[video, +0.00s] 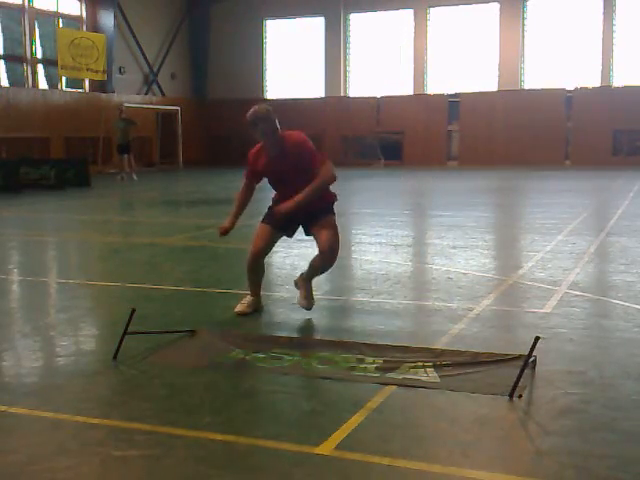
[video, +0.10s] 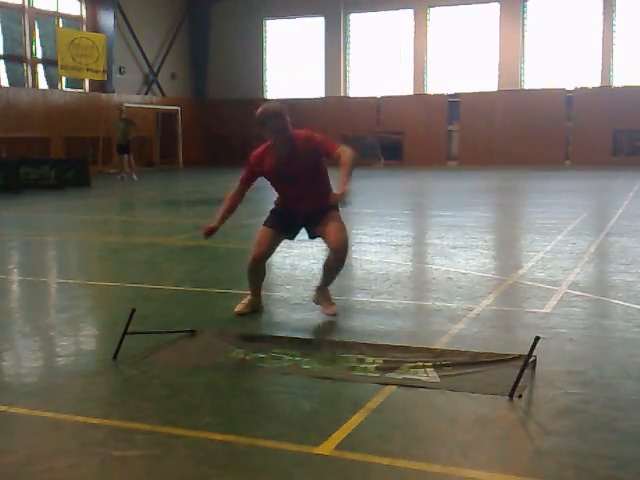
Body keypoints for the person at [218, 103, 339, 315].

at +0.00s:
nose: (270, 133)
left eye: (272, 127)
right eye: (263, 130)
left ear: (277, 124)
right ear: (255, 132)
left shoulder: (298, 141)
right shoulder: (257, 157)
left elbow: (328, 174)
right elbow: (248, 188)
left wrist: (294, 203)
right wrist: (231, 221)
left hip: (316, 200)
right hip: (284, 202)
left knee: (329, 252)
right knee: (256, 253)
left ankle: (305, 279)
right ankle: (254, 298)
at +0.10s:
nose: (282, 136)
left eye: (284, 130)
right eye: (275, 133)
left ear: (289, 125)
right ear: (264, 133)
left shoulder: (308, 140)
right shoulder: (260, 159)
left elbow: (346, 154)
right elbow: (239, 192)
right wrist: (217, 224)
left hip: (321, 206)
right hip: (286, 209)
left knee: (340, 246)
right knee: (257, 257)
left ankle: (322, 291)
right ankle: (255, 299)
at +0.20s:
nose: (297, 126)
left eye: (300, 120)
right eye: (293, 121)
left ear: (306, 117)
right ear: (284, 121)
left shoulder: (326, 132)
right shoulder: (275, 148)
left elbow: (363, 126)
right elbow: (245, 178)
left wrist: (398, 130)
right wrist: (247, 174)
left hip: (334, 205)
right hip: (299, 208)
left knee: (362, 232)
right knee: (263, 256)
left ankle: (359, 292)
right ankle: (254, 299)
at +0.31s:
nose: (334, 94)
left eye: (337, 88)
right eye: (328, 90)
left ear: (344, 88)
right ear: (320, 92)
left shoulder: (360, 109)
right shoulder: (314, 119)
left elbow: (400, 95)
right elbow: (292, 145)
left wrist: (439, 94)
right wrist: (329, 134)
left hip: (359, 196)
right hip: (322, 199)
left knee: (398, 221)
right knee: (284, 250)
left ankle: (408, 284)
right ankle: (256, 295)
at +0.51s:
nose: (416, 99)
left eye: (422, 93)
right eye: (412, 93)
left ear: (430, 92)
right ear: (405, 91)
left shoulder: (442, 110)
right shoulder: (386, 121)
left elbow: (490, 109)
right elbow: (364, 164)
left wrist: (530, 124)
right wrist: (403, 175)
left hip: (425, 195)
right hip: (387, 195)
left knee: (462, 252)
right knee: (339, 249)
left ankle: (510, 308)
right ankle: (336, 282)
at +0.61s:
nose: (458, 124)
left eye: (462, 118)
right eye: (453, 118)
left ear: (470, 117)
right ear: (444, 117)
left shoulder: (480, 141)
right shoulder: (424, 143)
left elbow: (521, 148)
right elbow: (395, 179)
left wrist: (550, 168)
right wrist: (425, 202)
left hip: (456, 212)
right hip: (418, 211)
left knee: (490, 260)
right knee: (380, 268)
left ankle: (524, 317)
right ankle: (406, 277)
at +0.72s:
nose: (474, 142)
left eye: (479, 135)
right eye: (470, 135)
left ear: (491, 133)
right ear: (463, 130)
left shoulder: (501, 159)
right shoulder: (443, 153)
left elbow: (531, 182)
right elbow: (416, 191)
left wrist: (551, 215)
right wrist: (451, 208)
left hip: (470, 219)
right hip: (432, 219)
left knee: (501, 261)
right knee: (412, 278)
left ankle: (525, 317)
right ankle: (455, 284)